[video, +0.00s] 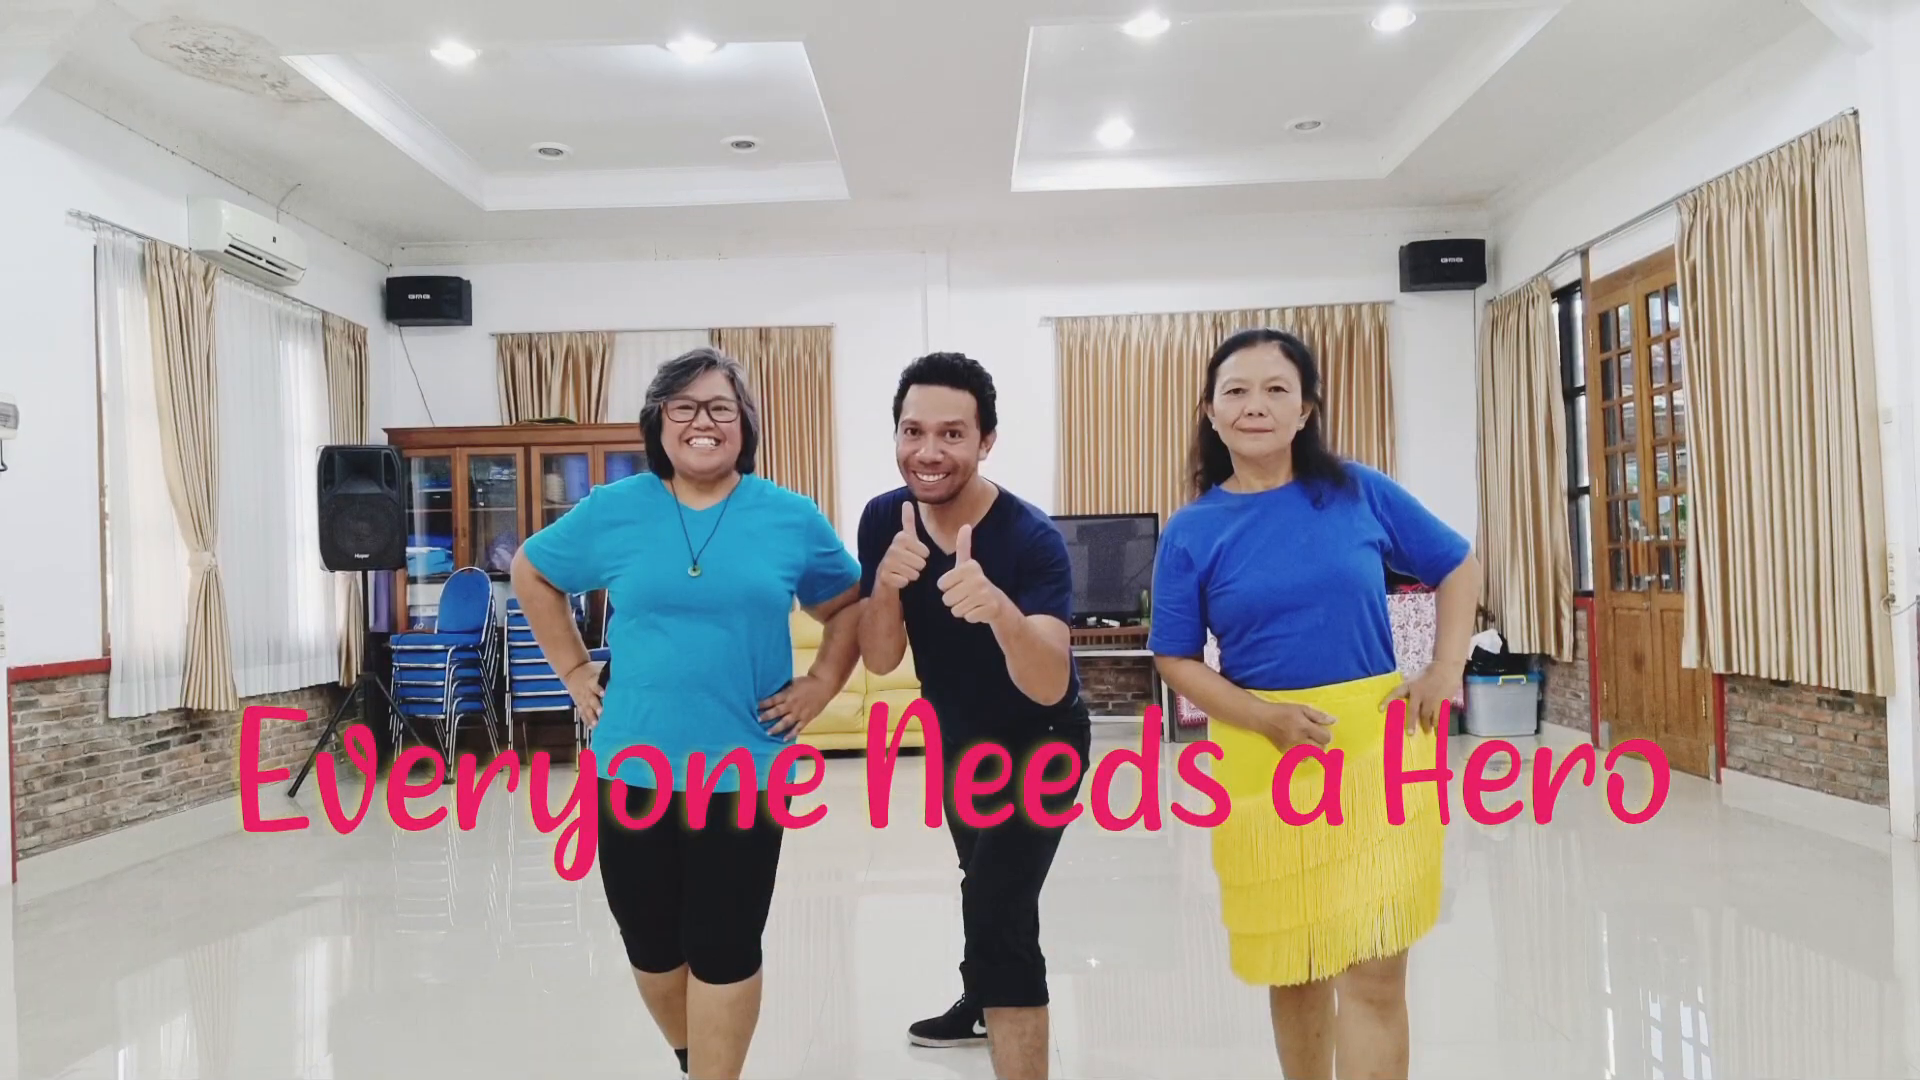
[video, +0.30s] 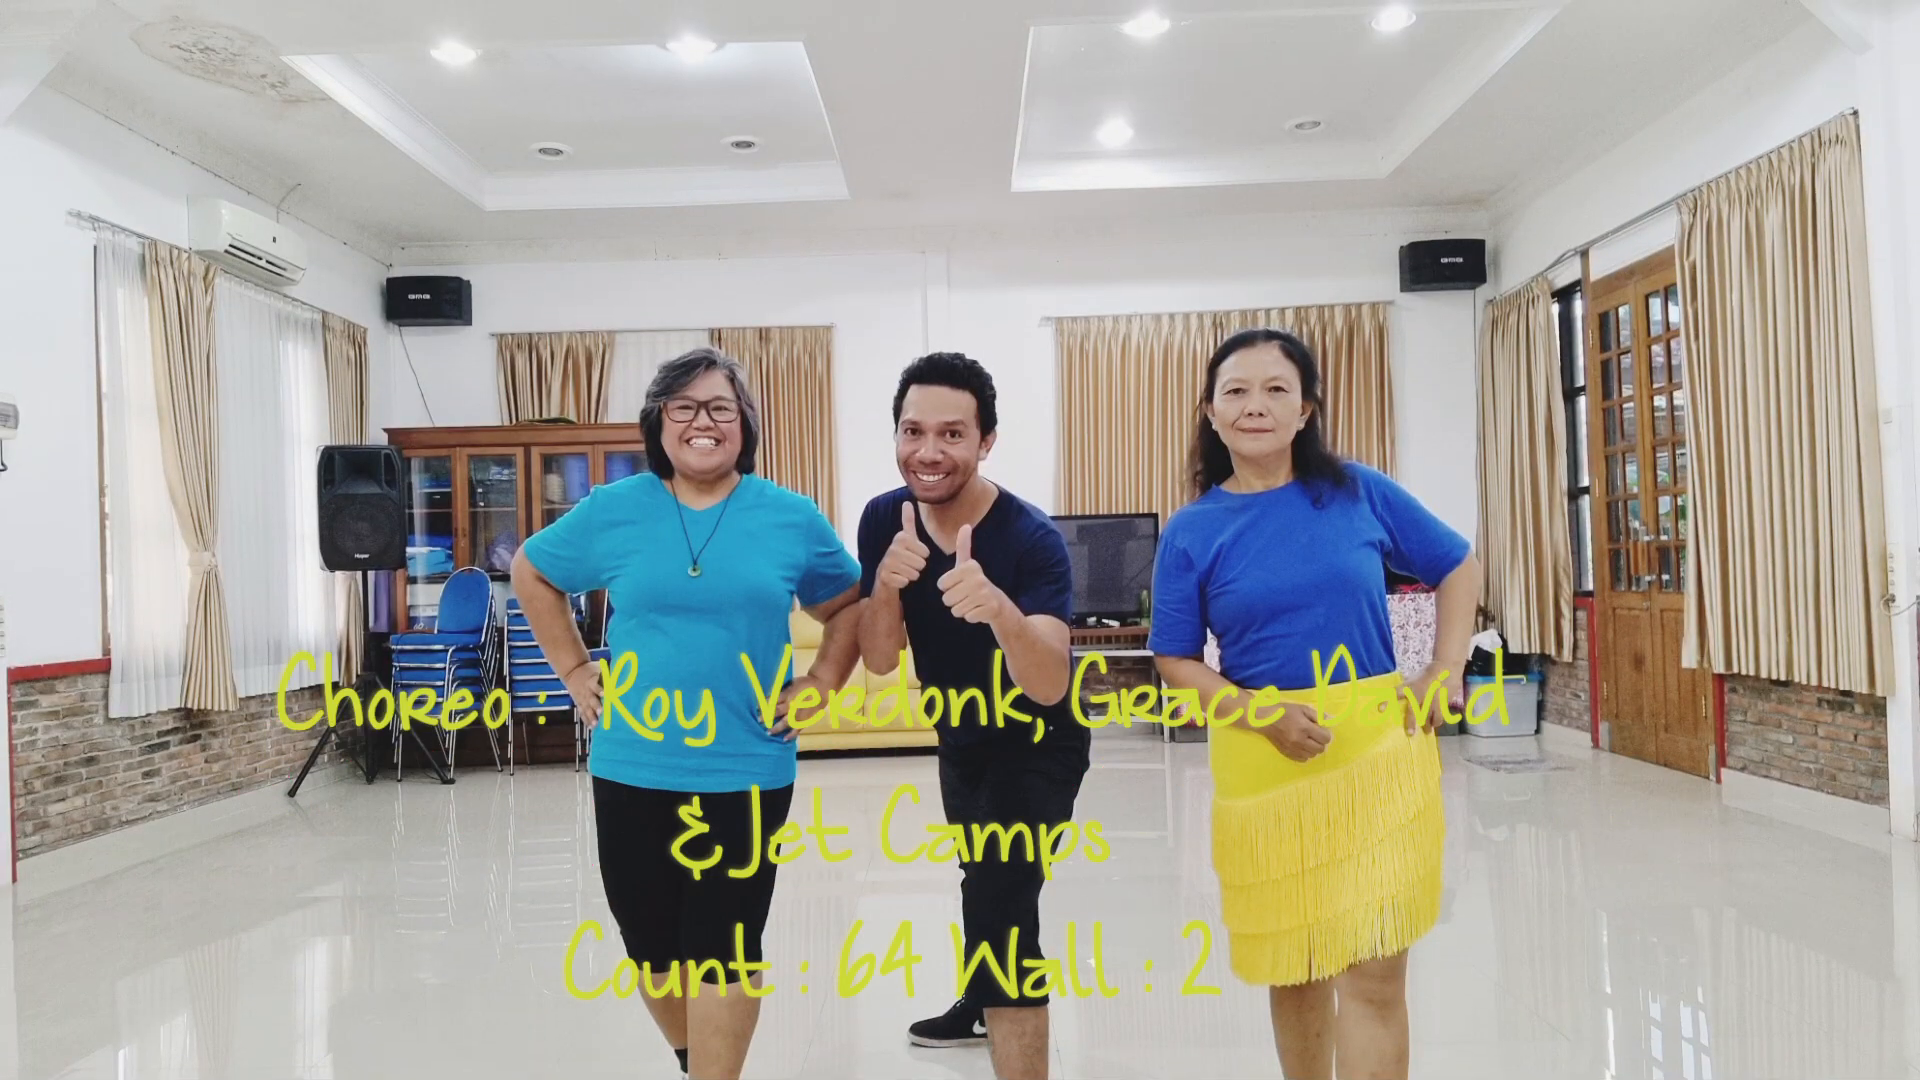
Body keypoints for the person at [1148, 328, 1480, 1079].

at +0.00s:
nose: (1254, 405)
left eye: (1276, 390)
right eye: (1234, 391)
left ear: (1305, 407)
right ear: (1212, 410)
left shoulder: (1360, 492)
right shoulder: (1192, 530)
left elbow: (1461, 564)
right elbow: (1172, 659)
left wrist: (1446, 667)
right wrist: (1261, 713)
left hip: (1378, 749)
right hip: (1263, 761)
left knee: (1377, 975)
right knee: (1296, 978)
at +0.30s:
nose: (1254, 405)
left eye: (1276, 390)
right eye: (1234, 391)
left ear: (1305, 407)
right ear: (1212, 410)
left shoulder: (1359, 491)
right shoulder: (1192, 530)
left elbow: (1460, 565)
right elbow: (1172, 661)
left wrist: (1447, 667)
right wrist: (1261, 712)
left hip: (1376, 758)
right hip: (1266, 771)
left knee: (1376, 976)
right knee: (1296, 979)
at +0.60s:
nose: (1254, 405)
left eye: (1276, 390)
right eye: (1234, 391)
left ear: (1305, 407)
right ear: (1212, 410)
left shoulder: (1359, 491)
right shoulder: (1192, 530)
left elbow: (1460, 565)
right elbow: (1172, 661)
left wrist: (1447, 667)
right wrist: (1261, 712)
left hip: (1376, 758)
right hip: (1266, 771)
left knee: (1376, 976)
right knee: (1296, 979)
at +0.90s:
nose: (1254, 405)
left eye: (1276, 390)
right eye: (1234, 391)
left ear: (1305, 408)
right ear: (1212, 410)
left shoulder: (1359, 491)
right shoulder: (1192, 530)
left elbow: (1460, 565)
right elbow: (1172, 661)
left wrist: (1447, 667)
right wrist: (1261, 713)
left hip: (1377, 758)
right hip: (1267, 771)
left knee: (1376, 976)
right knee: (1296, 978)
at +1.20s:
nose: (1254, 405)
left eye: (1276, 390)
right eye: (1234, 391)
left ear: (1305, 408)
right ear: (1212, 410)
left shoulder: (1359, 491)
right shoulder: (1192, 530)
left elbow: (1460, 565)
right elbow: (1172, 661)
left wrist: (1447, 667)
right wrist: (1261, 713)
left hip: (1377, 758)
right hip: (1267, 770)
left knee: (1376, 976)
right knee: (1296, 978)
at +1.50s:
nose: (1254, 405)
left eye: (1276, 390)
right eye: (1234, 391)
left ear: (1305, 408)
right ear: (1212, 410)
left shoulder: (1359, 491)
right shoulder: (1192, 530)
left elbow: (1460, 565)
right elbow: (1172, 661)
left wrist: (1447, 667)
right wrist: (1261, 713)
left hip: (1377, 758)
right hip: (1267, 770)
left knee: (1377, 976)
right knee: (1296, 978)